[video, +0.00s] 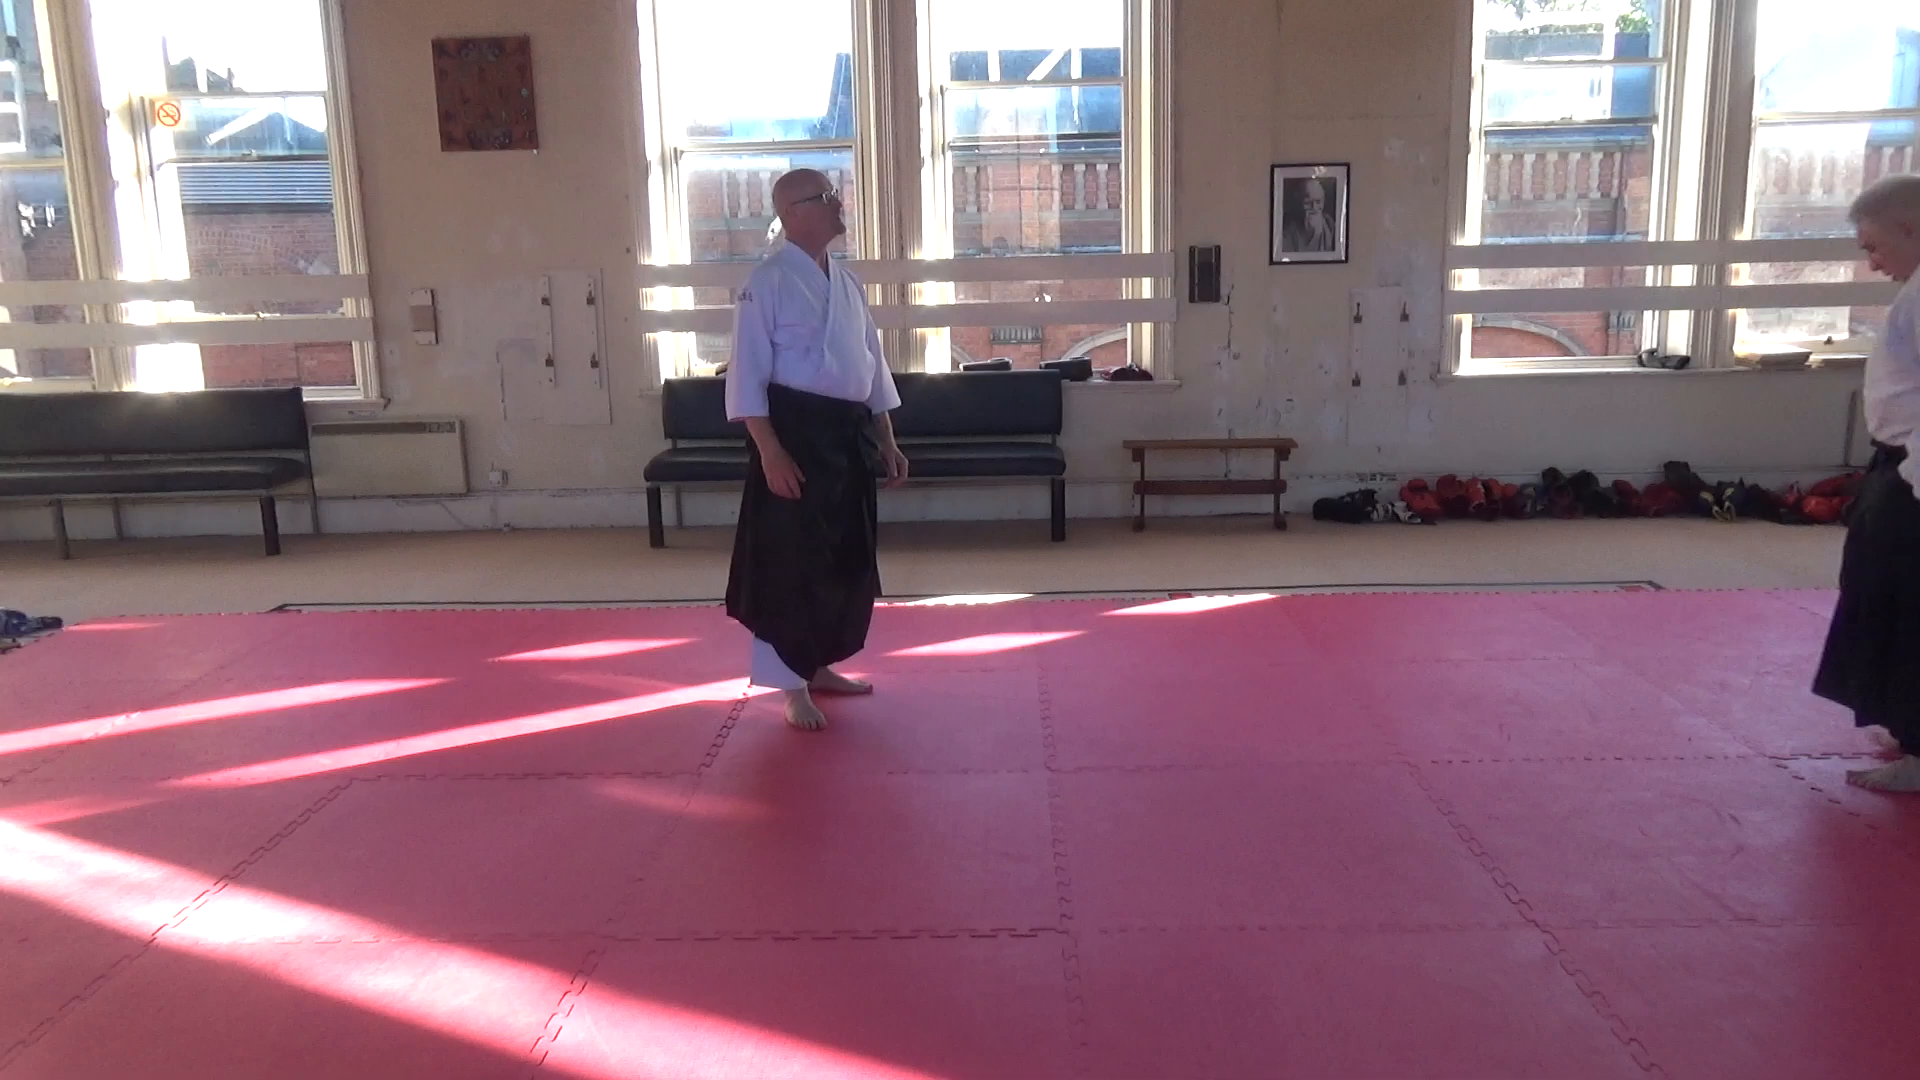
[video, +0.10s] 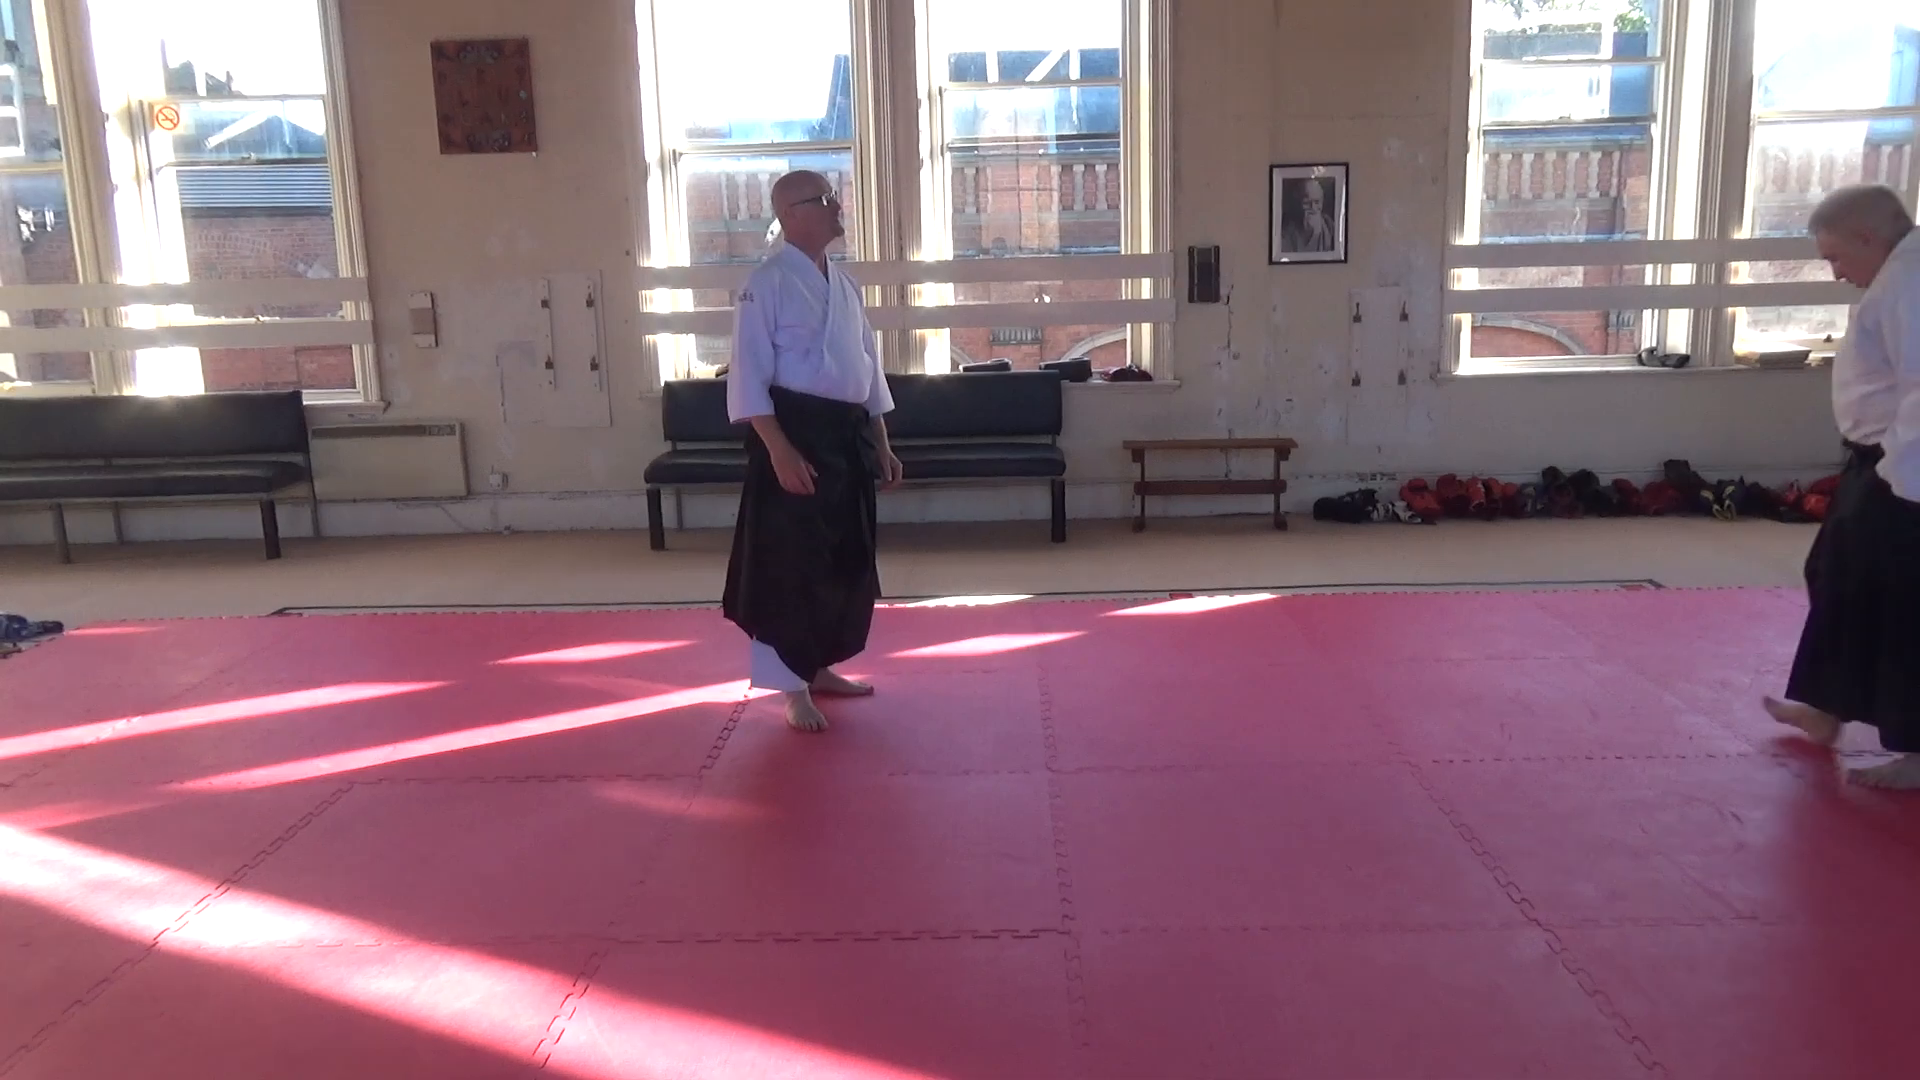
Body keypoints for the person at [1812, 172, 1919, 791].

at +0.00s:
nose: (1868, 258)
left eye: (1872, 245)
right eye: (1865, 247)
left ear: (1908, 231)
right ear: (1899, 234)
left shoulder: (1912, 299)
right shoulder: (1906, 298)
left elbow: (1909, 406)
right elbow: (1897, 399)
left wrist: (1906, 480)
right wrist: (1883, 470)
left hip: (1906, 475)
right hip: (1891, 470)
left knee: (1897, 609)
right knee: (1886, 604)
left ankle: (1912, 754)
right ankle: (1902, 737)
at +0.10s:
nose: (1835, 272)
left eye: (1837, 257)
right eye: (1829, 261)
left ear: (1870, 239)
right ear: (1871, 238)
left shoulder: (1903, 285)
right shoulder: (1892, 281)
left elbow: (1915, 387)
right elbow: (1898, 384)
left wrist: (1896, 472)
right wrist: (1870, 456)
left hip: (1896, 474)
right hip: (1870, 465)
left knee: (1899, 607)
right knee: (1836, 577)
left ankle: (1911, 749)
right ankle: (1823, 705)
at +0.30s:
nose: (1772, 279)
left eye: (1775, 264)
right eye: (1767, 267)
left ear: (1811, 246)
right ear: (1811, 247)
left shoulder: (1864, 282)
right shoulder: (1845, 281)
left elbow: (1892, 386)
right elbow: (1865, 382)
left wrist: (1851, 479)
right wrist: (1819, 457)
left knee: (1887, 610)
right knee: (1781, 580)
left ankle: (1910, 746)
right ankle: (1762, 705)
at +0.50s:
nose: (1728, 268)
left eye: (1728, 254)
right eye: (1722, 257)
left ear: (1762, 236)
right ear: (1763, 237)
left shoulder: (1819, 268)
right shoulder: (1796, 267)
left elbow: (1838, 368)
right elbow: (1806, 368)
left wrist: (1795, 460)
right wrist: (1762, 448)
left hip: (1807, 452)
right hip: (1772, 446)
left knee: (1793, 583)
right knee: (1752, 576)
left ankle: (1865, 705)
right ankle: (1757, 705)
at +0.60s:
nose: (1706, 263)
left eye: (1707, 248)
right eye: (1701, 252)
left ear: (1743, 229)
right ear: (1745, 230)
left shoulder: (1799, 259)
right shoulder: (1779, 261)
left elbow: (1818, 361)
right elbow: (1793, 360)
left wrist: (1777, 451)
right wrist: (1750, 437)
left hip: (1796, 443)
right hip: (1765, 438)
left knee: (1778, 570)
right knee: (1744, 564)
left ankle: (1794, 707)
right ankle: (1758, 697)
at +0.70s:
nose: (1694, 259)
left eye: (1695, 244)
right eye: (1688, 247)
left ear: (1732, 226)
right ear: (1733, 227)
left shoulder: (1784, 257)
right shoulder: (1771, 256)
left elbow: (1801, 360)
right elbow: (1786, 357)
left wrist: (1762, 450)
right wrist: (1740, 437)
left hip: (1776, 441)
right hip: (1759, 436)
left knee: (1745, 567)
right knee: (1757, 568)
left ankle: (1734, 704)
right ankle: (1755, 702)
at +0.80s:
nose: (1684, 257)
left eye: (1685, 242)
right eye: (1678, 246)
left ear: (1720, 221)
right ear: (1719, 222)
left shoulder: (1770, 257)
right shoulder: (1768, 252)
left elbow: (1789, 356)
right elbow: (1782, 353)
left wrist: (1747, 449)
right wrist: (1728, 433)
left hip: (1765, 436)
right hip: (1775, 431)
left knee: (1713, 566)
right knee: (1764, 568)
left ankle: (1694, 700)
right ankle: (1755, 696)